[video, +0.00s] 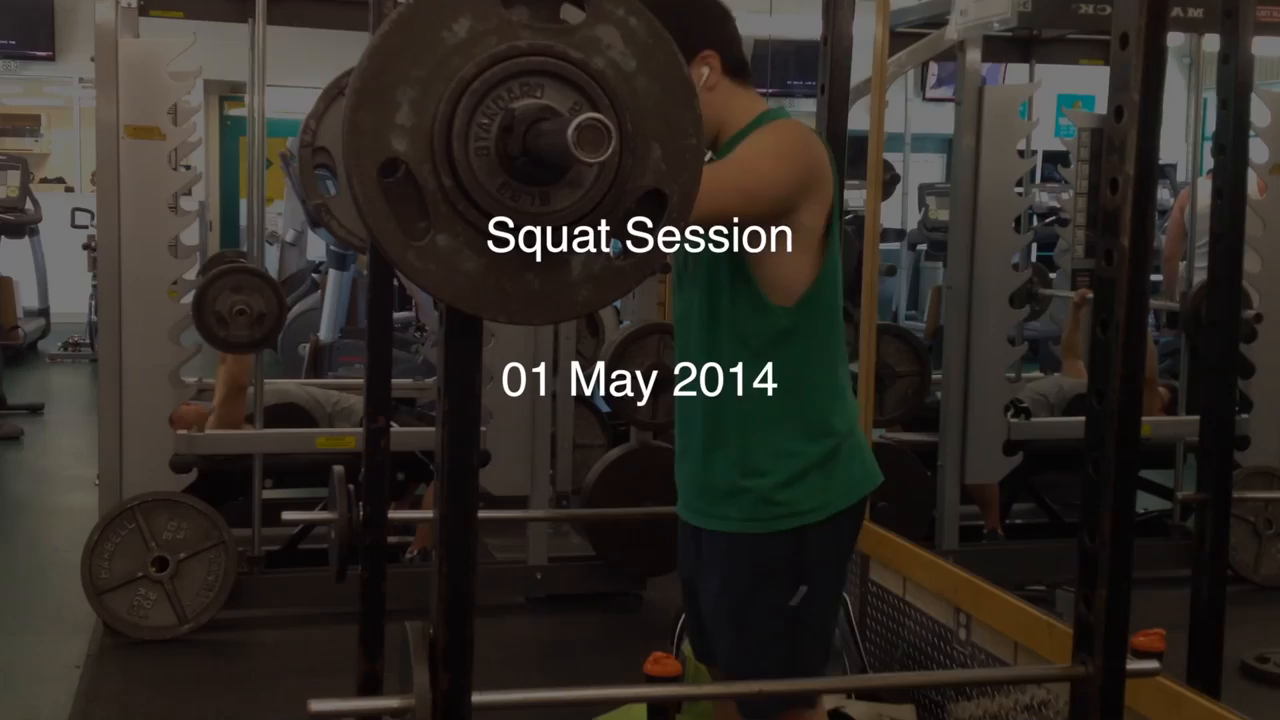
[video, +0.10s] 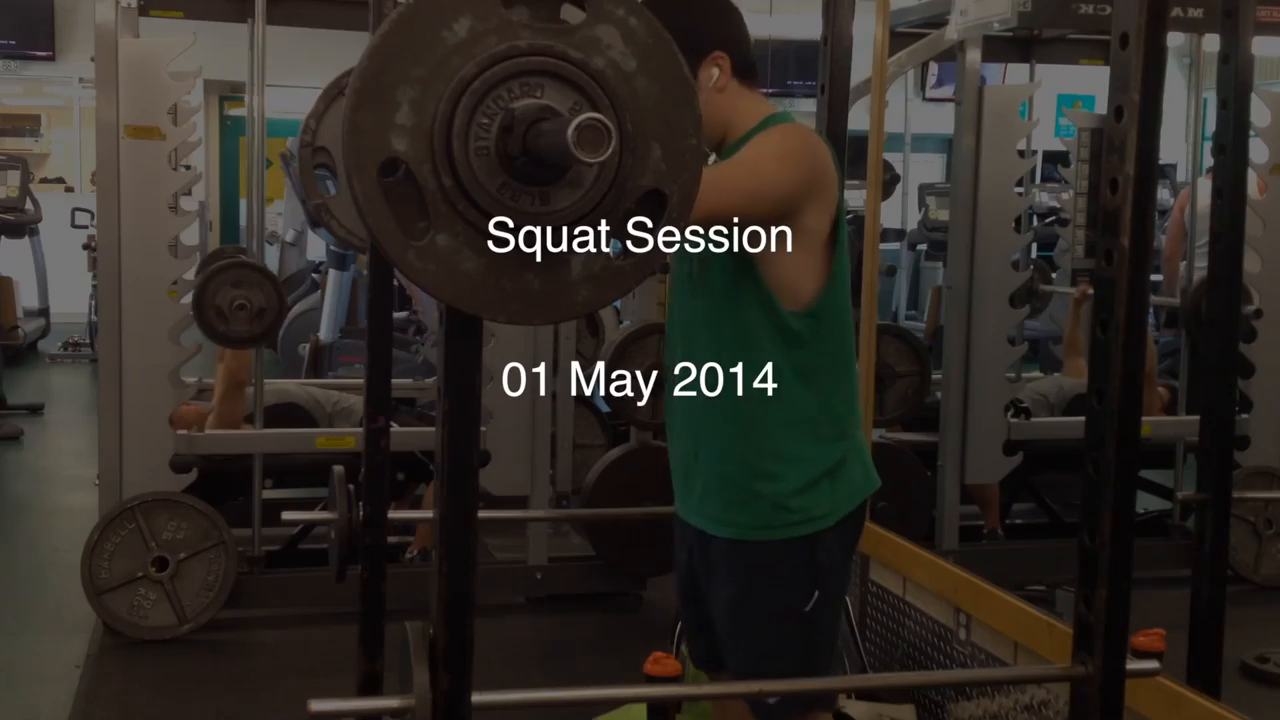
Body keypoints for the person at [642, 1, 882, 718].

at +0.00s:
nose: (658, 101)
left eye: (661, 82)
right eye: (652, 85)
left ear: (705, 68)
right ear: (707, 71)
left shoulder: (789, 147)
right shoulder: (713, 164)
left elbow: (649, 211)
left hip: (787, 498)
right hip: (720, 490)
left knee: (778, 699)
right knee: (731, 689)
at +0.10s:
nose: (668, 107)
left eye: (672, 85)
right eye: (663, 88)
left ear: (715, 70)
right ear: (716, 74)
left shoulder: (793, 150)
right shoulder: (716, 168)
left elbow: (657, 209)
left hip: (788, 508)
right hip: (718, 500)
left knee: (785, 701)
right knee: (724, 692)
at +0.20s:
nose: (673, 115)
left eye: (675, 92)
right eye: (666, 95)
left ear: (717, 73)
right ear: (718, 76)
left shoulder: (797, 153)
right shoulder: (719, 168)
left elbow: (659, 212)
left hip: (788, 502)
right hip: (718, 494)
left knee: (792, 699)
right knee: (728, 688)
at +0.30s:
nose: (668, 111)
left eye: (671, 90)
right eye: (664, 92)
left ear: (713, 75)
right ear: (715, 77)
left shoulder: (796, 151)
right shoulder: (718, 167)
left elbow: (658, 207)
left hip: (791, 498)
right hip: (721, 490)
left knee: (791, 697)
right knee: (732, 686)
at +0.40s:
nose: (667, 115)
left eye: (668, 94)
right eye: (662, 97)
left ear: (709, 83)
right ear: (711, 83)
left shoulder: (793, 159)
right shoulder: (724, 168)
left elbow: (645, 223)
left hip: (794, 503)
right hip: (732, 495)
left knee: (792, 700)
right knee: (741, 691)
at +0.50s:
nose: (664, 114)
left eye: (666, 92)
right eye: (658, 96)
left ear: (709, 81)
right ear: (712, 83)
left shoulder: (789, 157)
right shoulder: (724, 165)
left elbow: (644, 226)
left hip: (804, 498)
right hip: (741, 490)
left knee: (799, 698)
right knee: (746, 689)